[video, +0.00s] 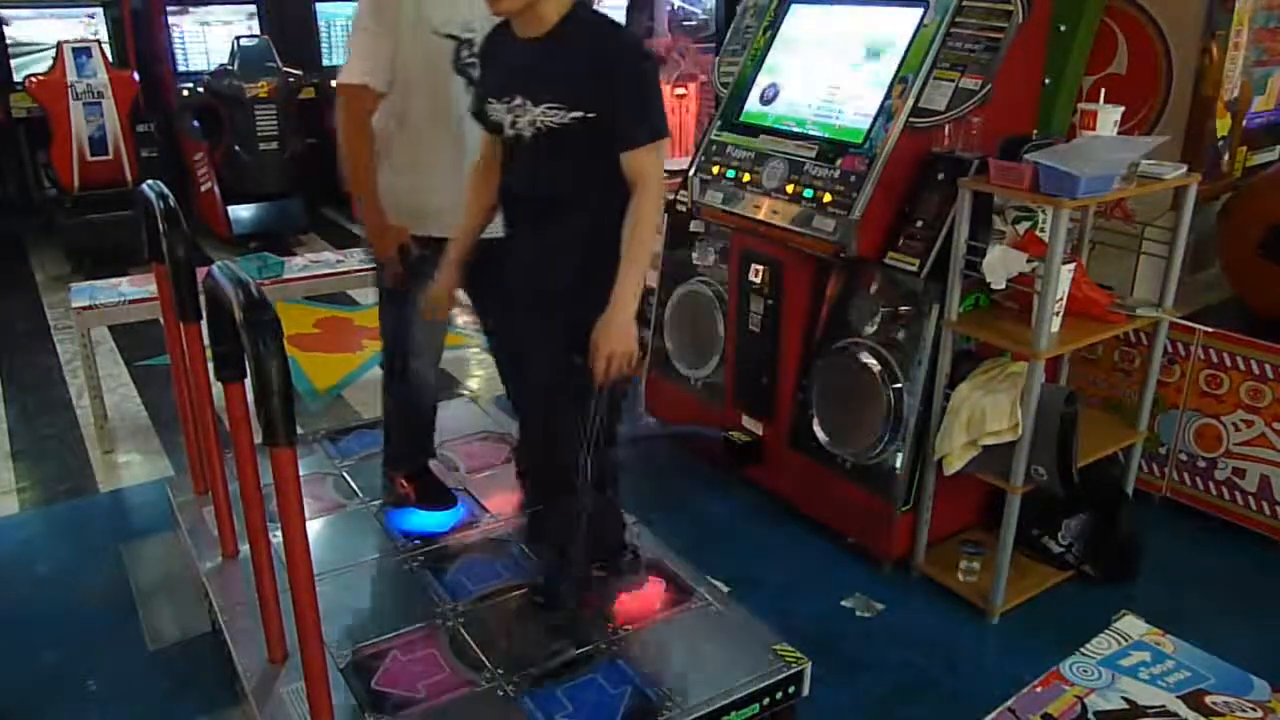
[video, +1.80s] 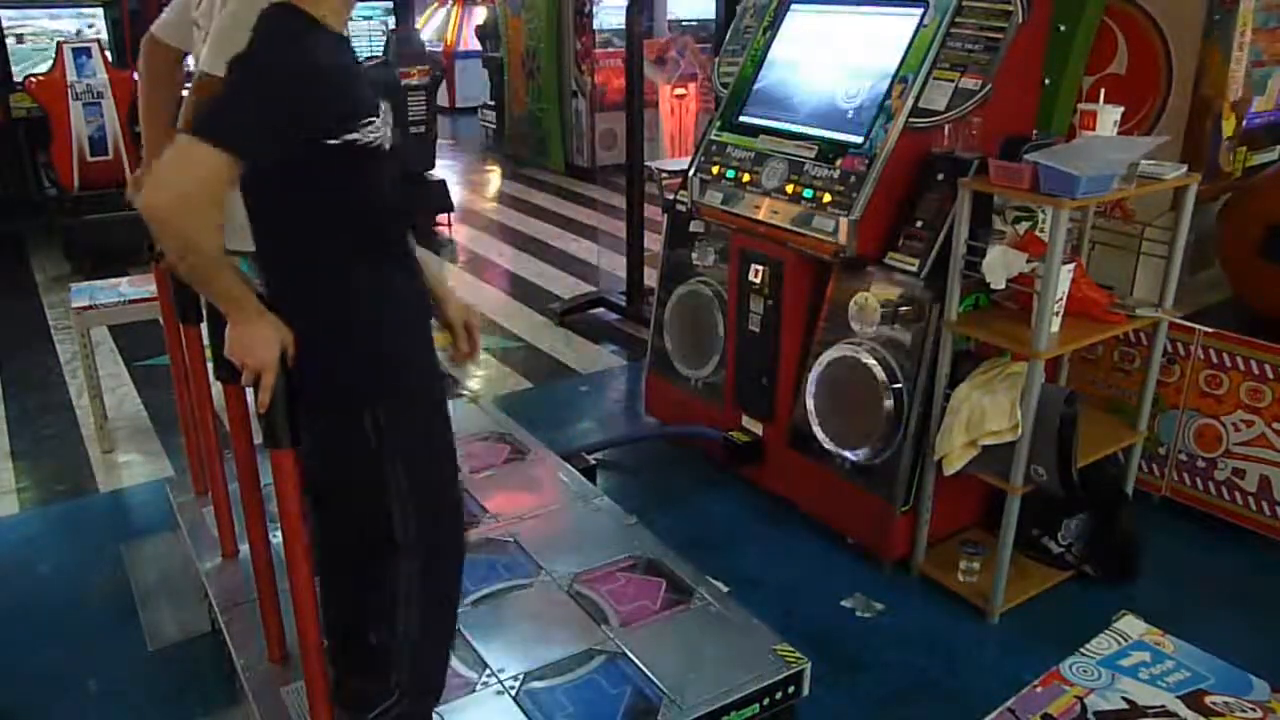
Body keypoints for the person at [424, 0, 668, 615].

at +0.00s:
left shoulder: (615, 53)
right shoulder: (499, 48)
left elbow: (649, 189)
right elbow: (490, 165)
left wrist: (623, 311)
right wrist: (453, 265)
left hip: (594, 284)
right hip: (524, 277)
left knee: (564, 452)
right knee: (553, 431)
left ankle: (566, 600)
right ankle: (604, 548)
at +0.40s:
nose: (436, 0)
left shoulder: (576, 70)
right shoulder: (423, 49)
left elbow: (606, 214)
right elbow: (418, 166)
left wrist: (613, 344)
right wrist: (380, 277)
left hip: (539, 321)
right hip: (452, 313)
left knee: (514, 502)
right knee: (460, 458)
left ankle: (499, 654)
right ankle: (557, 529)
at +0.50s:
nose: (425, 4)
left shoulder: (570, 70)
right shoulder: (408, 45)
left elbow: (599, 216)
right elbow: (395, 166)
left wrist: (600, 346)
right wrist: (357, 267)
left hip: (531, 325)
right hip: (436, 319)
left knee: (514, 505)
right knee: (436, 481)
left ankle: (501, 661)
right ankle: (529, 541)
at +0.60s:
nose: (413, 7)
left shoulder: (559, 69)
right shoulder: (388, 43)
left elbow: (590, 214)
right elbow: (366, 167)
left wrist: (588, 345)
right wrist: (323, 250)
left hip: (521, 327)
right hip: (423, 322)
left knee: (514, 497)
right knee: (428, 489)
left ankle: (506, 661)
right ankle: (455, 624)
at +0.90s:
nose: (359, 3)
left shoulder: (526, 63)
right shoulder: (322, 55)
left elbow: (554, 206)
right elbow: (270, 166)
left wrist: (571, 336)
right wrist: (266, 277)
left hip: (497, 340)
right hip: (389, 346)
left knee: (510, 523)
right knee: (398, 533)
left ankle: (501, 666)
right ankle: (395, 694)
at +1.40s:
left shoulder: (430, 41)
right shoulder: (227, 61)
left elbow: (467, 191)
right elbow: (151, 182)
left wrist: (509, 311)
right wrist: (240, 305)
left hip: (434, 334)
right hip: (336, 352)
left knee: (457, 497)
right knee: (375, 536)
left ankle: (424, 631)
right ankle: (392, 693)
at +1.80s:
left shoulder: (332, 51)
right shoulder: (283, 55)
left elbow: (354, 212)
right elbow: (170, 196)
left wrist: (440, 282)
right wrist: (240, 308)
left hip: (380, 349)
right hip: (350, 365)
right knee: (420, 547)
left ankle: (372, 695)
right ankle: (393, 704)